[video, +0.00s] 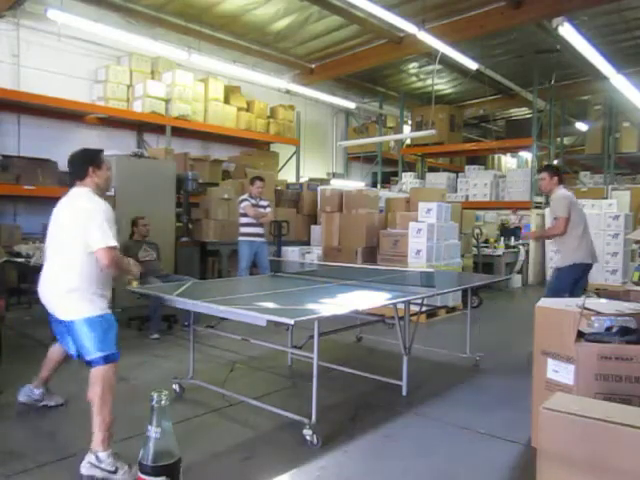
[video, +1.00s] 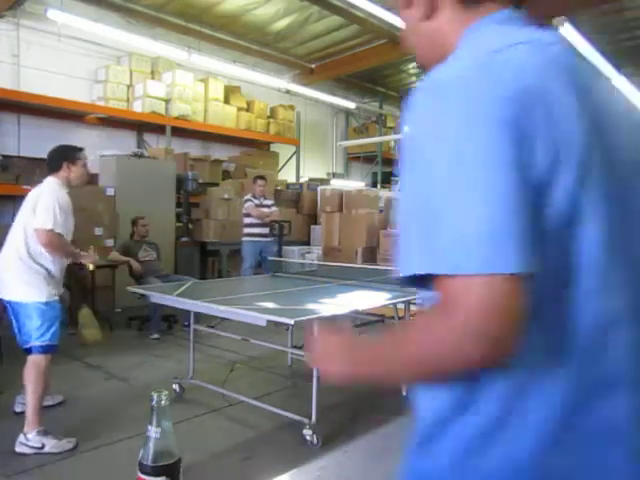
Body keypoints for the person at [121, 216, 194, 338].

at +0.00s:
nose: (147, 228)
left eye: (148, 225)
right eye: (143, 226)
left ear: (149, 227)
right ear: (135, 229)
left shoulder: (153, 245)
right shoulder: (128, 246)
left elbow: (157, 263)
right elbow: (123, 264)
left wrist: (161, 272)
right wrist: (134, 271)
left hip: (159, 275)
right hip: (143, 276)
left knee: (190, 282)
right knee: (159, 290)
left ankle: (187, 321)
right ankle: (153, 329)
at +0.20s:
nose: (147, 228)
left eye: (148, 226)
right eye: (144, 226)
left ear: (149, 227)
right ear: (135, 228)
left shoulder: (153, 245)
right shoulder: (128, 245)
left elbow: (157, 263)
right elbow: (113, 256)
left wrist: (161, 272)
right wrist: (130, 260)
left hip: (161, 275)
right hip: (145, 276)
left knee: (192, 283)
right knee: (159, 292)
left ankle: (189, 322)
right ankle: (154, 330)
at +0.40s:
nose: (147, 228)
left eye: (148, 226)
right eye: (144, 226)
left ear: (149, 227)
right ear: (135, 228)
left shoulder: (154, 245)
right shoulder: (128, 244)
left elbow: (157, 263)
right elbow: (112, 256)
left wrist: (161, 272)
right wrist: (130, 260)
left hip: (161, 275)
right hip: (145, 276)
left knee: (192, 283)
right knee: (159, 291)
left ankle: (188, 322)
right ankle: (154, 330)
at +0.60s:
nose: (147, 228)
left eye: (148, 226)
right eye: (144, 226)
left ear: (149, 227)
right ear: (135, 228)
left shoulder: (154, 245)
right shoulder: (128, 244)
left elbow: (158, 263)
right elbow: (112, 256)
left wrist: (161, 272)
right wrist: (130, 261)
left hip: (161, 275)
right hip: (145, 277)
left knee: (192, 283)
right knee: (159, 291)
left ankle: (188, 322)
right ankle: (154, 330)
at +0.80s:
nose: (147, 228)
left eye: (148, 226)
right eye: (144, 226)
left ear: (149, 227)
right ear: (135, 228)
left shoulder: (154, 245)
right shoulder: (128, 244)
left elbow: (157, 263)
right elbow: (111, 256)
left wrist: (161, 273)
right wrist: (130, 260)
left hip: (162, 275)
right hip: (145, 277)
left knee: (192, 283)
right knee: (159, 290)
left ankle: (188, 322)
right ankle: (154, 330)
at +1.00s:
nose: (147, 228)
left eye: (147, 226)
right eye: (143, 226)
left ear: (149, 228)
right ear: (134, 228)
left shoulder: (154, 245)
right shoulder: (128, 244)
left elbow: (158, 263)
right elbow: (112, 256)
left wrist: (161, 272)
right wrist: (130, 260)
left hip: (161, 275)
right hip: (145, 277)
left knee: (192, 283)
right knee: (159, 291)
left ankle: (188, 322)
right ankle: (154, 330)